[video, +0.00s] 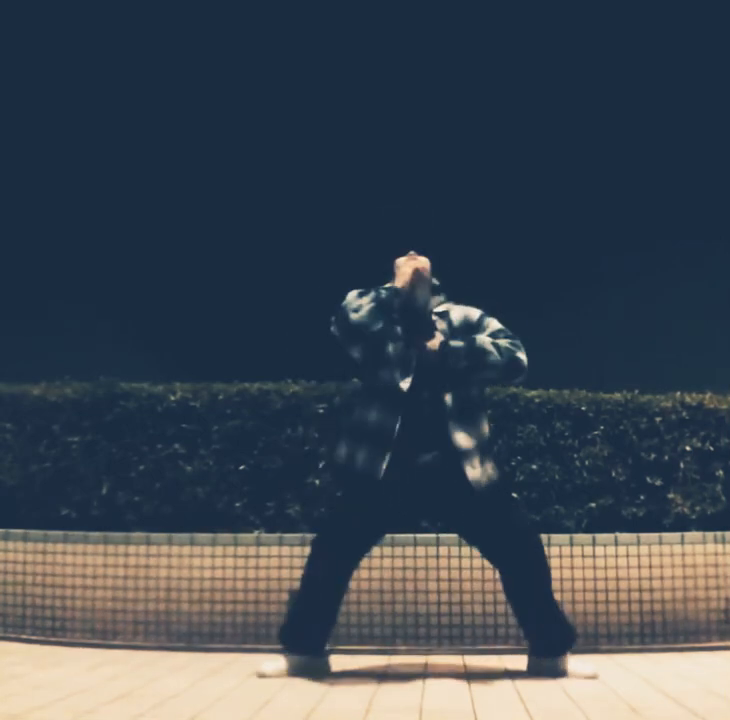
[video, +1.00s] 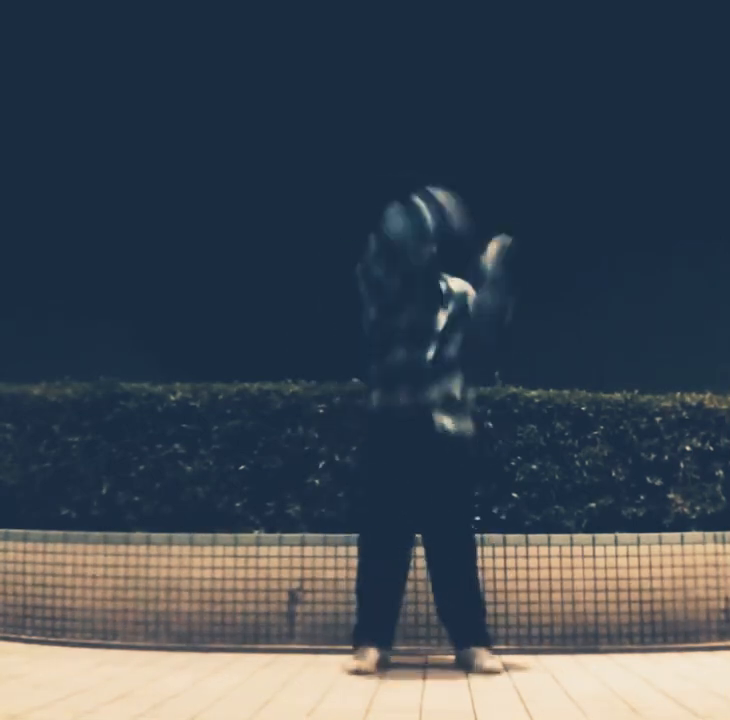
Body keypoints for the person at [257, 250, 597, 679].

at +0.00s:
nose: (413, 275)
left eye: (421, 270)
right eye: (405, 269)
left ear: (434, 282)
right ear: (391, 279)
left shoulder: (464, 318)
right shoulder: (370, 310)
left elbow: (514, 358)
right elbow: (348, 323)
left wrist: (447, 350)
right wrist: (396, 289)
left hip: (458, 476)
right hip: (378, 476)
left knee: (519, 546)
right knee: (333, 551)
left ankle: (548, 651)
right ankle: (304, 651)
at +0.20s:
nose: (424, 272)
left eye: (433, 262)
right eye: (413, 264)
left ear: (447, 266)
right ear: (396, 270)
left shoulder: (472, 306)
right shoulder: (373, 307)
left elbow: (516, 341)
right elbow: (331, 286)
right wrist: (380, 269)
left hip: (467, 470)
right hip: (385, 470)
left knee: (516, 555)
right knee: (343, 558)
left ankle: (550, 653)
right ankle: (309, 654)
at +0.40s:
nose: (422, 260)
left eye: (433, 250)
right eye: (413, 249)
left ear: (447, 245)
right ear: (399, 243)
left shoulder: (468, 275)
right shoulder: (379, 270)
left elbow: (510, 309)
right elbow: (334, 275)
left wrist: (438, 321)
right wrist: (377, 305)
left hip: (462, 430)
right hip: (389, 429)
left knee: (488, 527)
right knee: (359, 523)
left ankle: (501, 638)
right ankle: (355, 635)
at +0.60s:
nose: (423, 264)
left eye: (433, 255)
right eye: (415, 255)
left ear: (448, 255)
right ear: (401, 252)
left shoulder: (470, 307)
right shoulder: (371, 294)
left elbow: (480, 376)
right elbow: (359, 364)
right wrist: (378, 410)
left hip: (456, 447)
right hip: (388, 445)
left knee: (470, 539)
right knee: (375, 539)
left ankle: (471, 644)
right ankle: (373, 645)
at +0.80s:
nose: (420, 251)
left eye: (428, 240)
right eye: (410, 241)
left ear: (442, 242)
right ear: (395, 245)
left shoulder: (474, 290)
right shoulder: (370, 307)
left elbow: (515, 326)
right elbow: (338, 385)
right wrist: (352, 435)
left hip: (464, 447)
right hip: (390, 450)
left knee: (485, 533)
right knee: (351, 533)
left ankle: (484, 646)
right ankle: (358, 646)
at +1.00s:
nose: (409, 251)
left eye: (419, 240)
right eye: (401, 240)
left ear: (437, 242)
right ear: (389, 242)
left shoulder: (458, 292)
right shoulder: (379, 292)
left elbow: (489, 328)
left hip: (448, 427)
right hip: (390, 427)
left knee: (453, 536)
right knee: (383, 536)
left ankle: (471, 643)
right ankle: (371, 642)